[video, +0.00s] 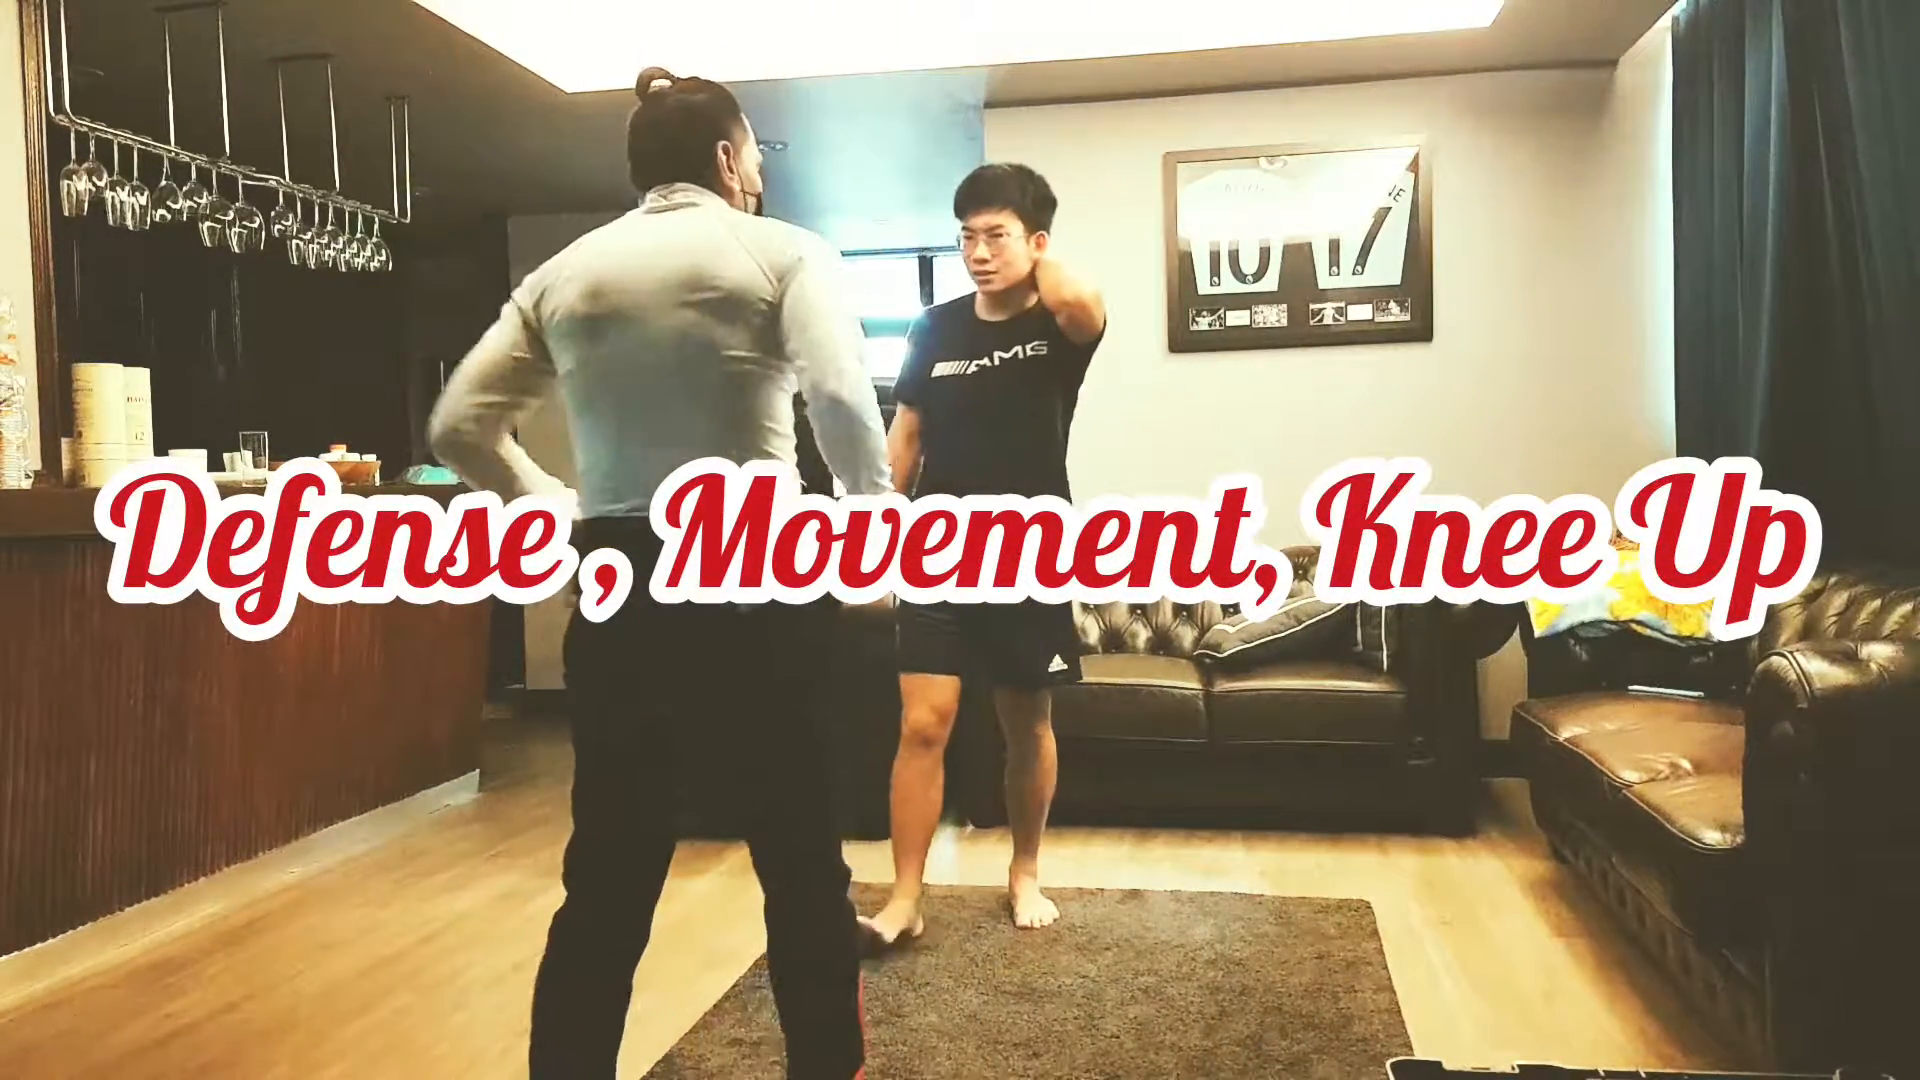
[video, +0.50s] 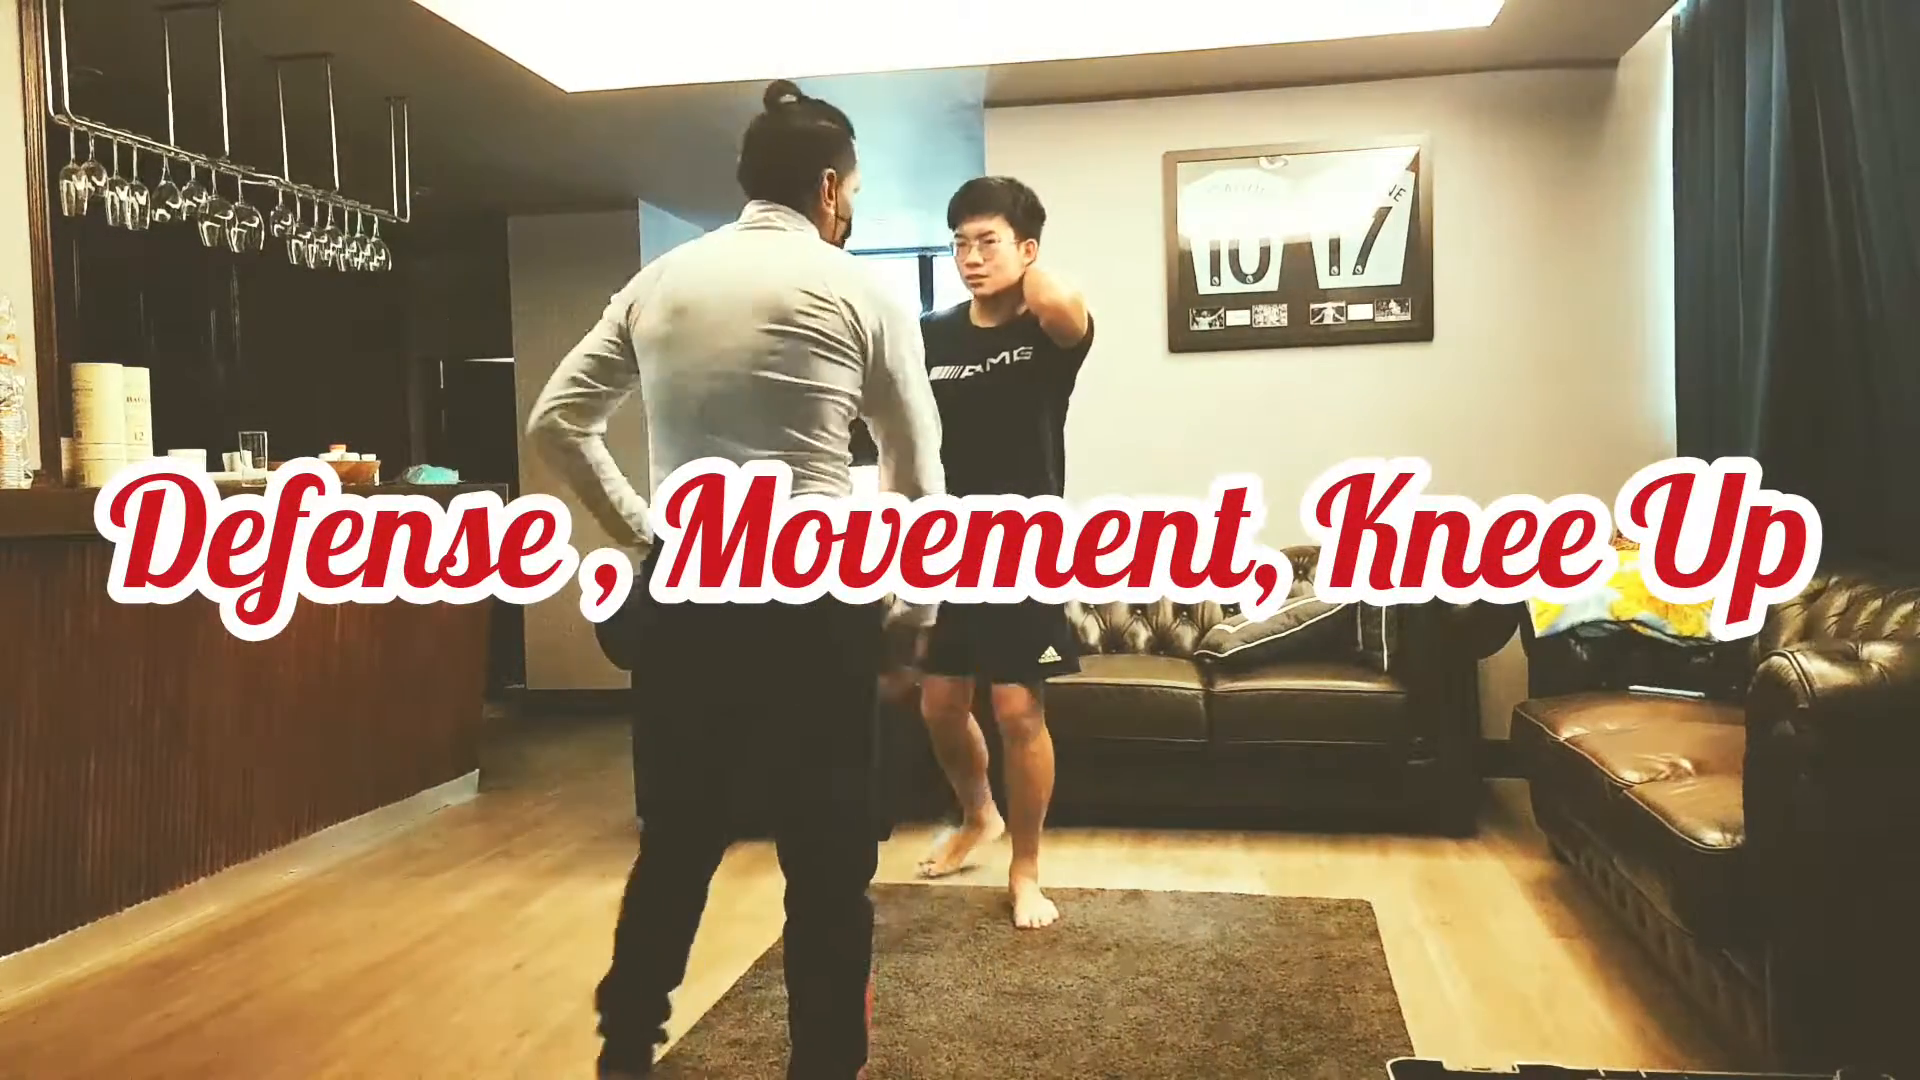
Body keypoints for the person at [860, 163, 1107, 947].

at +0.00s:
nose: (978, 250)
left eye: (995, 234)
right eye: (968, 237)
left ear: (1037, 240)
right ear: (959, 242)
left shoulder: (1063, 325)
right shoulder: (938, 325)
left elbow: (1081, 310)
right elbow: (905, 438)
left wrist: (1046, 271)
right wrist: (877, 532)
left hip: (1030, 555)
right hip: (935, 551)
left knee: (1028, 727)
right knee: (923, 724)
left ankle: (1025, 875)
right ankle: (904, 895)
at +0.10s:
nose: (986, 250)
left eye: (1003, 234)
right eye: (976, 236)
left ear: (1044, 242)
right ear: (967, 242)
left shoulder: (1069, 328)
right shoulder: (940, 328)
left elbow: (1084, 316)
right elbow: (910, 436)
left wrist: (1050, 276)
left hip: (1031, 559)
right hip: (940, 555)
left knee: (1030, 722)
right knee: (928, 719)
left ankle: (1025, 874)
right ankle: (912, 887)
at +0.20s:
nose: (986, 250)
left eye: (1003, 235)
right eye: (976, 236)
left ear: (1045, 243)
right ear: (967, 243)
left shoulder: (1073, 331)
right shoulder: (935, 333)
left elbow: (1076, 311)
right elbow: (897, 436)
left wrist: (1046, 265)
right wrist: (892, 562)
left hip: (1033, 557)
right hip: (943, 554)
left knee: (1029, 721)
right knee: (931, 716)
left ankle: (1025, 877)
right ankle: (929, 877)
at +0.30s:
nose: (982, 251)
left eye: (999, 236)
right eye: (972, 237)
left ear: (1042, 243)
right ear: (964, 245)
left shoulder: (1070, 332)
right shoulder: (934, 334)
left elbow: (1073, 313)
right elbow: (900, 445)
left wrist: (1044, 270)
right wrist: (893, 539)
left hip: (1029, 559)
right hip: (941, 557)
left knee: (1028, 719)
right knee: (937, 711)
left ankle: (1026, 874)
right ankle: (948, 859)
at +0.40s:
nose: (980, 252)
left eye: (996, 238)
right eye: (970, 239)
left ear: (1038, 245)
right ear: (960, 248)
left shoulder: (1062, 331)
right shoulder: (932, 336)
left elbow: (1072, 314)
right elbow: (893, 428)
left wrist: (1046, 276)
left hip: (1028, 551)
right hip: (943, 549)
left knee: (1024, 714)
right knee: (939, 702)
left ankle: (1026, 873)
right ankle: (968, 829)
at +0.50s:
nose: (972, 257)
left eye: (988, 242)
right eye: (963, 244)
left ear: (1028, 249)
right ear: (953, 254)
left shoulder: (1051, 332)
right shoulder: (931, 338)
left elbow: (1067, 319)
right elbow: (885, 412)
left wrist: (1039, 281)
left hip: (1024, 544)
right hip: (945, 543)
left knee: (1016, 709)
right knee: (941, 701)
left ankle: (1026, 871)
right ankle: (980, 816)